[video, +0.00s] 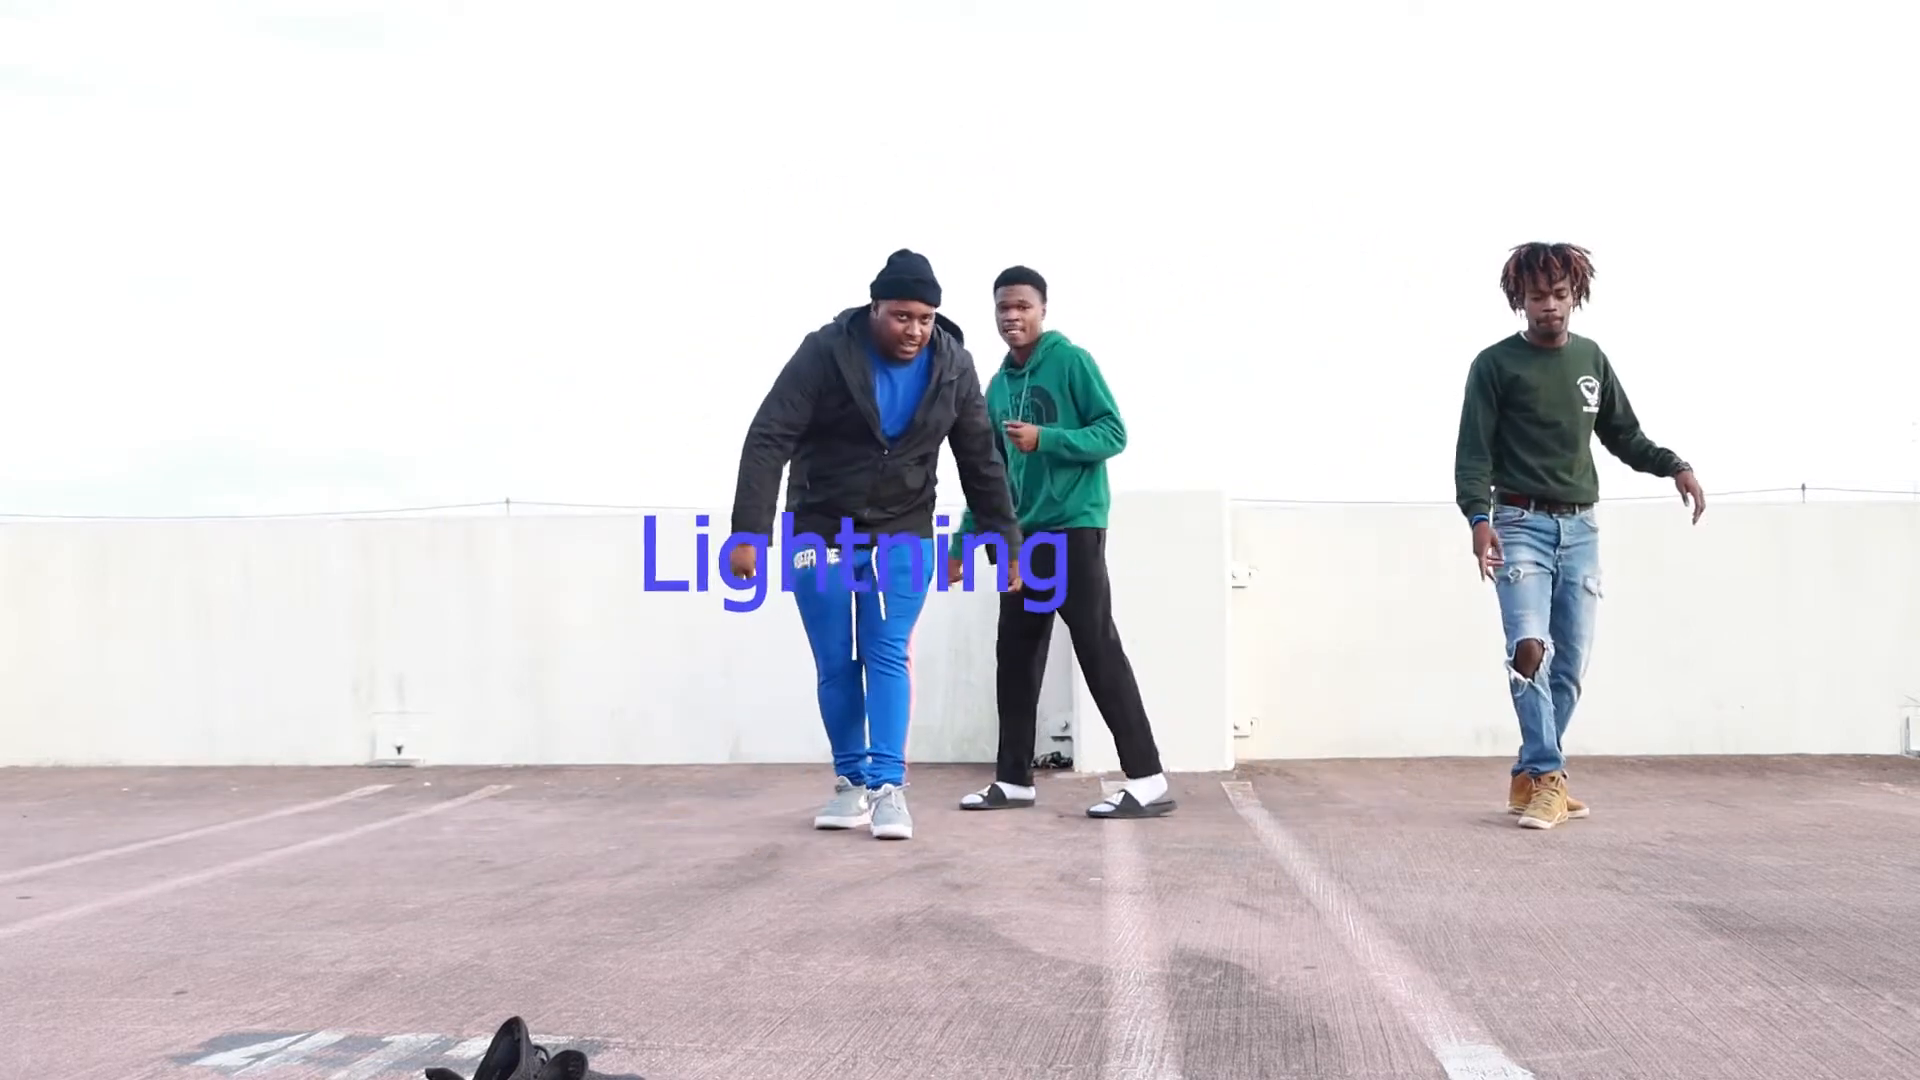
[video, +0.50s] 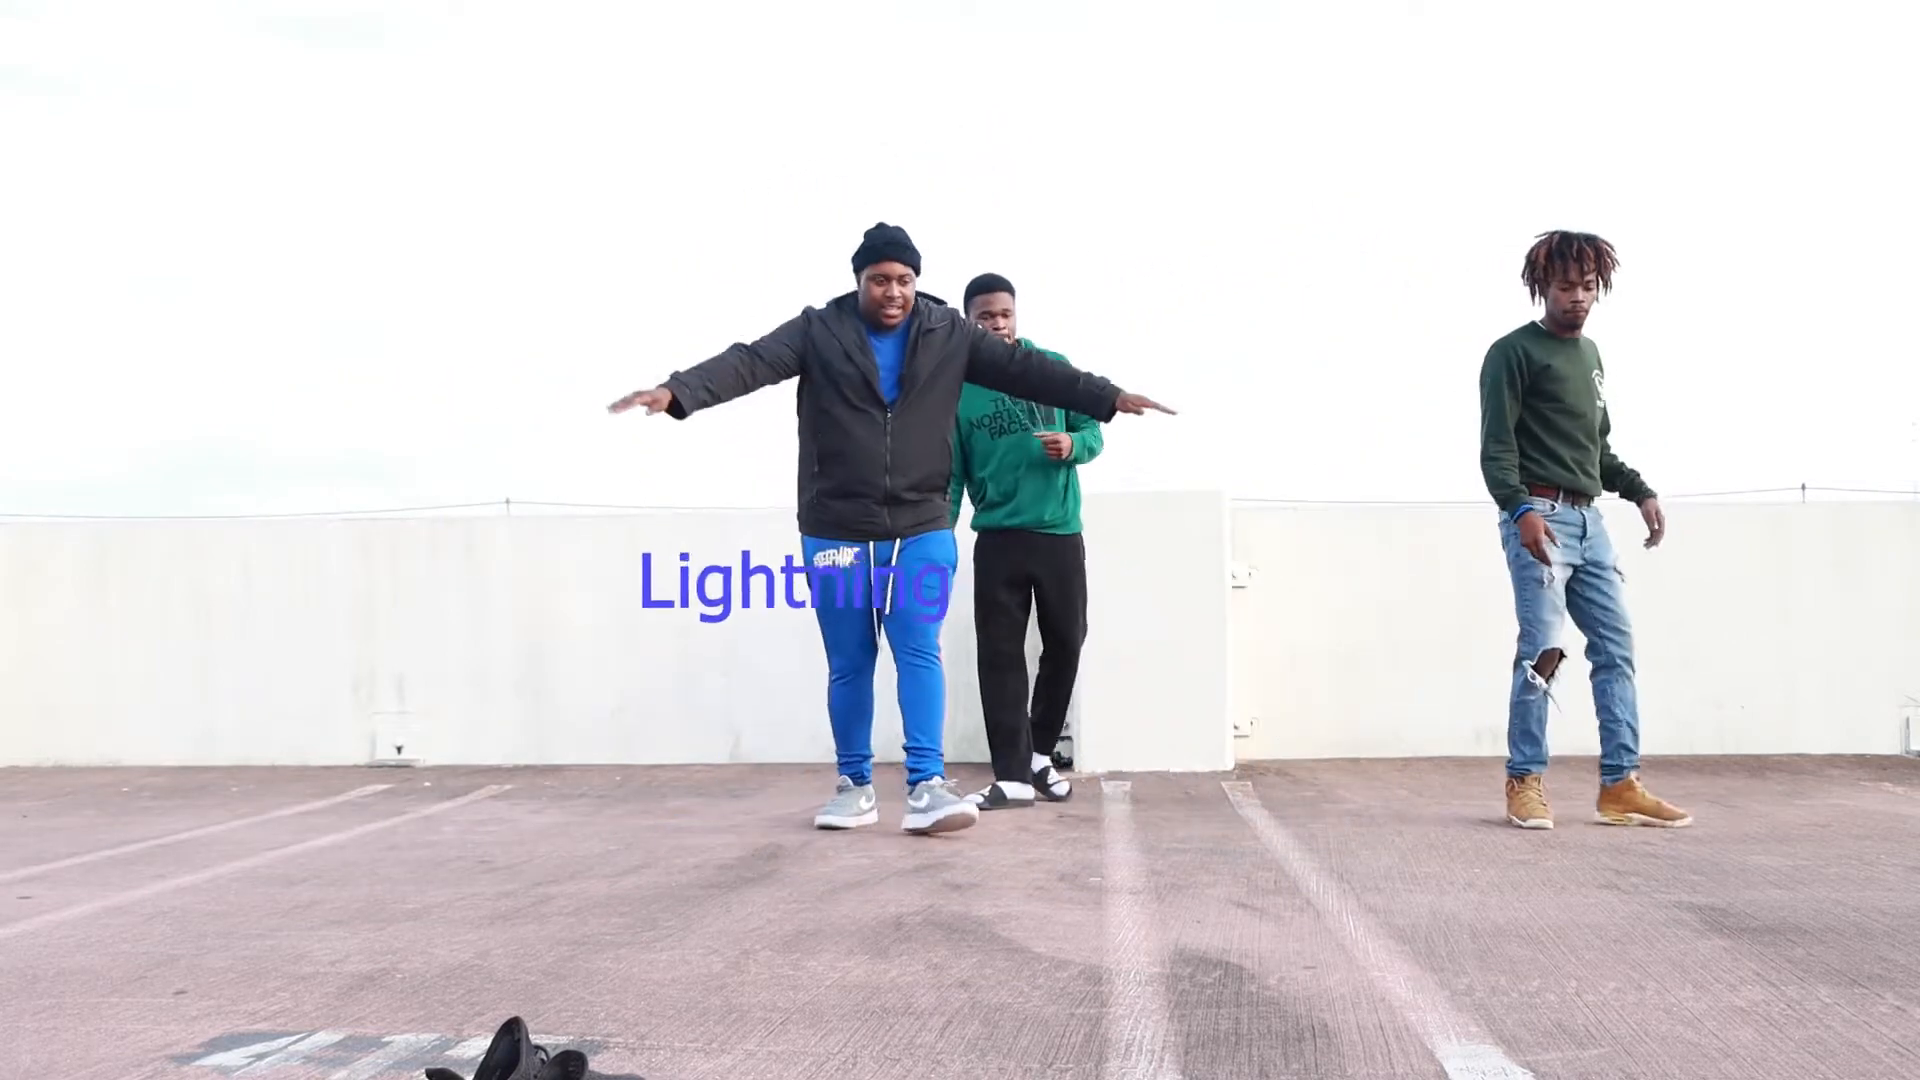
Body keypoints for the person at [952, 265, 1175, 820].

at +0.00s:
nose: (1013, 316)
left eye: (1023, 306)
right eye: (1005, 308)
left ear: (1044, 310)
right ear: (996, 316)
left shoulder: (1070, 361)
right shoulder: (998, 387)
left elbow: (1112, 434)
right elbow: (987, 474)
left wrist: (1044, 438)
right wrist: (964, 541)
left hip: (1075, 528)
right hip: (1022, 534)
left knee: (1098, 651)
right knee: (1015, 657)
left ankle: (1148, 781)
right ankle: (1014, 782)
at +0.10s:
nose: (996, 320)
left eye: (1006, 310)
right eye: (987, 312)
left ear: (1026, 313)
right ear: (979, 320)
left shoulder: (1059, 362)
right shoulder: (981, 387)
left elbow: (1105, 433)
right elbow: (962, 466)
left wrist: (1043, 441)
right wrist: (929, 532)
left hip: (1071, 526)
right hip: (1017, 530)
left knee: (1095, 647)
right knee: (1012, 654)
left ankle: (1136, 780)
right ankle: (1014, 782)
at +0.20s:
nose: (987, 324)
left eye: (996, 313)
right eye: (977, 315)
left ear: (1015, 315)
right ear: (967, 323)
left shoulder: (1053, 363)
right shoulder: (967, 388)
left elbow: (1099, 428)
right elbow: (947, 468)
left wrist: (1043, 442)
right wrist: (908, 517)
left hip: (1069, 534)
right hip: (1011, 538)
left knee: (1091, 655)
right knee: (1007, 659)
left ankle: (1109, 777)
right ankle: (1014, 780)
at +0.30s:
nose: (986, 322)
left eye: (994, 312)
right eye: (975, 314)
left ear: (1011, 314)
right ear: (963, 322)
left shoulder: (1051, 362)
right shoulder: (961, 388)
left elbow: (1095, 427)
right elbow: (941, 473)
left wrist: (1053, 444)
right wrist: (905, 510)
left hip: (1065, 532)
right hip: (1006, 537)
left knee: (1079, 655)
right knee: (1005, 659)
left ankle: (1082, 772)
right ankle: (1013, 781)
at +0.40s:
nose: (988, 322)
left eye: (996, 312)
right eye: (978, 314)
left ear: (1012, 314)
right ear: (962, 321)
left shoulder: (1052, 365)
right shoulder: (958, 386)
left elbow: (1093, 436)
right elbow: (943, 476)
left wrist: (1062, 445)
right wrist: (917, 531)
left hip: (1062, 533)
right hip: (1000, 536)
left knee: (1070, 650)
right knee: (1001, 656)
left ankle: (1055, 758)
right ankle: (1011, 779)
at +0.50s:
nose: (997, 324)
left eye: (1004, 314)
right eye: (986, 316)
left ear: (1017, 316)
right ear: (967, 322)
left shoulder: (1052, 368)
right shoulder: (960, 387)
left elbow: (1094, 434)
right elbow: (948, 478)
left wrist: (1073, 445)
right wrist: (934, 548)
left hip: (1058, 535)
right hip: (998, 537)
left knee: (1065, 646)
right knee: (1000, 655)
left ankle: (1040, 751)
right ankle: (1011, 779)